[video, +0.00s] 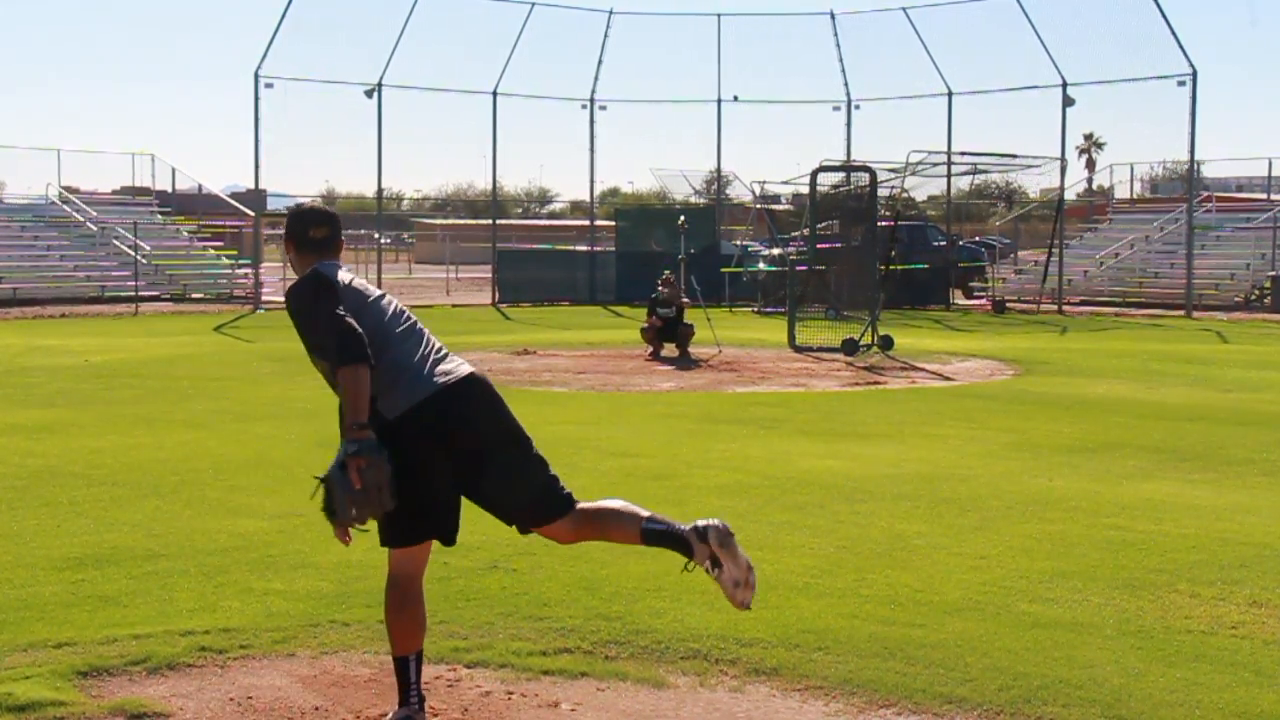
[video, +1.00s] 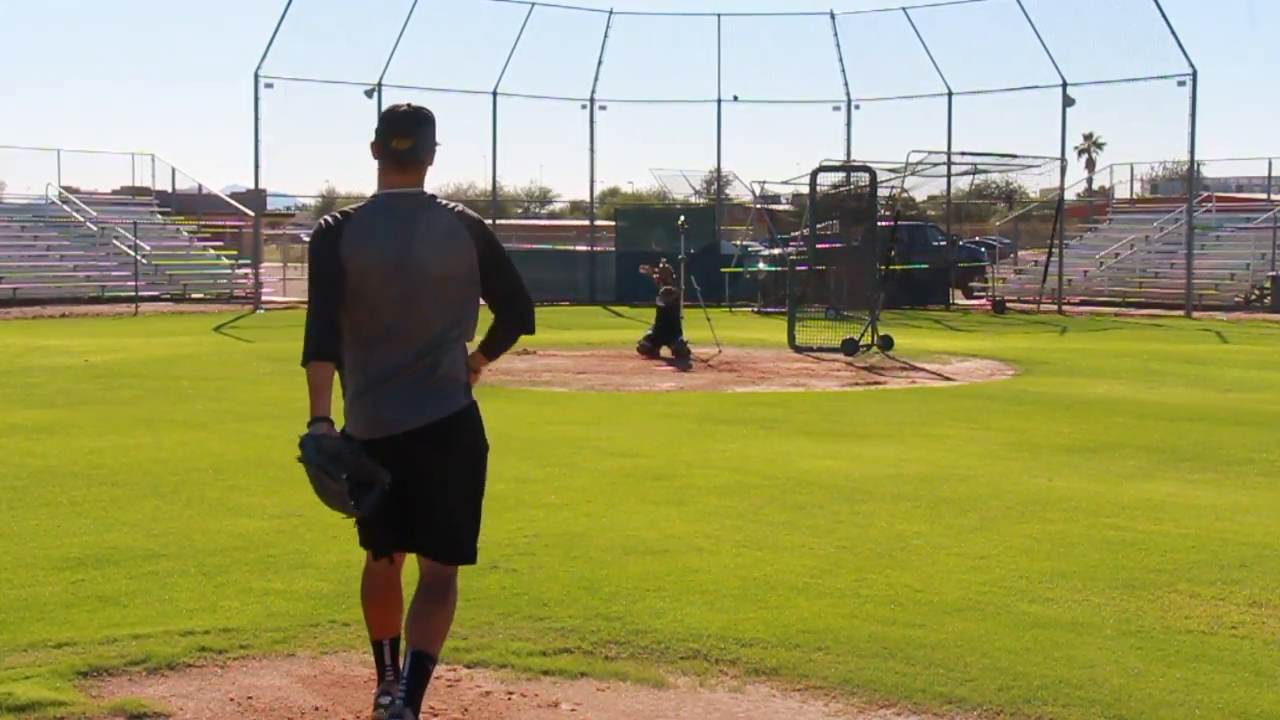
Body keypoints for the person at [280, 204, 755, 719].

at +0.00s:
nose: (283, 254)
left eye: (282, 245)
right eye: (288, 245)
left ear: (287, 247)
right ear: (337, 246)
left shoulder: (307, 292)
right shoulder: (356, 286)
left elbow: (353, 359)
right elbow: (375, 379)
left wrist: (353, 447)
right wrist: (350, 469)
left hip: (411, 426)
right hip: (468, 396)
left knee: (405, 568)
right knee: (564, 521)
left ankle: (409, 700)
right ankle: (692, 539)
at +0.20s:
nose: (292, 228)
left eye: (292, 220)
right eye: (295, 221)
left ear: (296, 223)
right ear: (347, 222)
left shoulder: (321, 276)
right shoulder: (362, 271)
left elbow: (382, 351)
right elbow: (328, 375)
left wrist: (401, 434)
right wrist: (281, 452)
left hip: (418, 427)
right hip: (477, 397)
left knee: (410, 565)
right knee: (557, 529)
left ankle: (411, 702)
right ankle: (643, 641)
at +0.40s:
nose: (317, 208)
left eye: (317, 200)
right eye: (325, 200)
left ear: (321, 206)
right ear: (372, 204)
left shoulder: (347, 266)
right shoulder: (385, 255)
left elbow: (393, 363)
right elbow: (323, 349)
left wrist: (395, 455)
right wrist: (247, 340)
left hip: (422, 426)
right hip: (479, 409)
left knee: (407, 566)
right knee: (526, 549)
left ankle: (411, 699)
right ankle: (599, 672)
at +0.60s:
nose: (342, 188)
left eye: (341, 180)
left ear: (340, 186)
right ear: (393, 187)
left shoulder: (339, 259)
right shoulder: (413, 240)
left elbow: (356, 365)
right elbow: (374, 323)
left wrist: (351, 459)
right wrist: (300, 297)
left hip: (402, 431)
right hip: (470, 413)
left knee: (400, 567)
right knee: (493, 544)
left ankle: (409, 701)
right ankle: (555, 654)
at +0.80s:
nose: (386, 177)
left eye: (370, 165)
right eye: (408, 169)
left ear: (359, 172)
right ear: (415, 174)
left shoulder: (337, 251)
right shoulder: (446, 240)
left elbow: (336, 354)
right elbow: (469, 321)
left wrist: (335, 448)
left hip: (383, 435)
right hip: (458, 430)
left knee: (389, 565)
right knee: (458, 555)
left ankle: (403, 698)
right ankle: (451, 656)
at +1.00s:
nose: (409, 160)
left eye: (391, 147)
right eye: (425, 151)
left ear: (375, 154)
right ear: (433, 156)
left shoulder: (337, 235)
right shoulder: (467, 228)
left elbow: (322, 334)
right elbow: (517, 312)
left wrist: (320, 421)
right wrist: (478, 359)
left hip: (372, 428)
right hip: (450, 424)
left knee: (382, 559)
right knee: (440, 571)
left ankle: (389, 683)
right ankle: (407, 699)